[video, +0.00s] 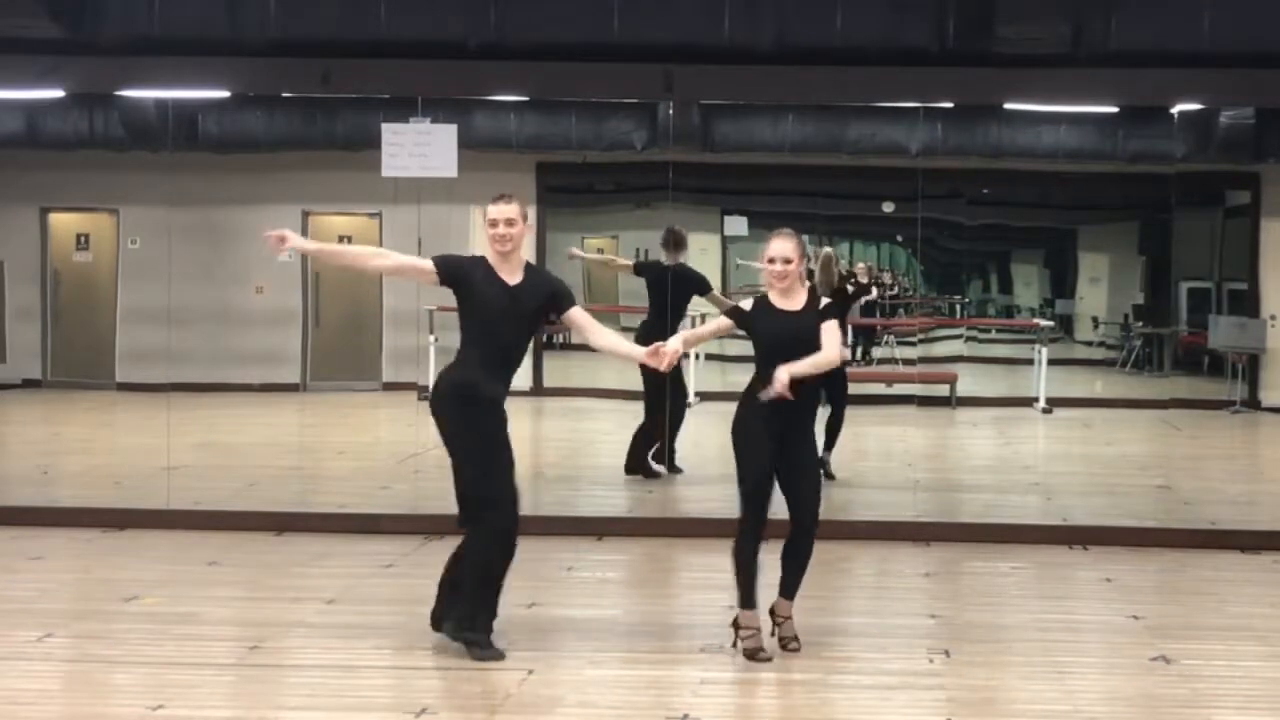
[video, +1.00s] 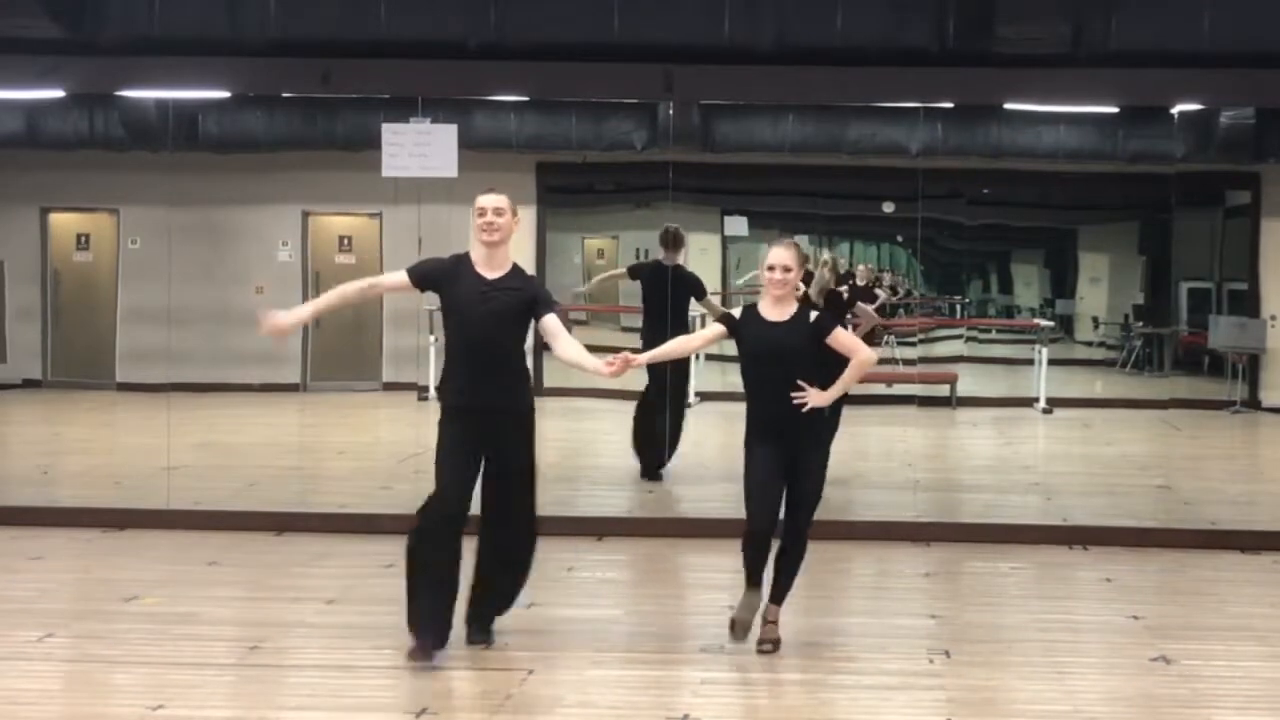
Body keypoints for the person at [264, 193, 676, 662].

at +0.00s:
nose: (502, 231)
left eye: (510, 223)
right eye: (494, 223)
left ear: (526, 229)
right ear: (484, 229)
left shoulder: (545, 286)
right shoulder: (465, 270)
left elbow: (594, 332)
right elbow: (381, 261)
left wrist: (643, 354)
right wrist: (305, 245)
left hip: (486, 404)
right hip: (460, 400)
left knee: (494, 518)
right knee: (498, 518)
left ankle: (451, 610)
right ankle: (471, 626)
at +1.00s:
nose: (489, 219)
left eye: (498, 213)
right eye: (482, 213)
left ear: (515, 223)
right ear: (472, 223)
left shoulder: (529, 287)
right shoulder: (446, 270)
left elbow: (562, 341)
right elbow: (365, 288)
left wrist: (596, 365)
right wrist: (298, 315)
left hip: (513, 415)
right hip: (461, 411)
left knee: (509, 518)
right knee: (447, 510)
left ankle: (483, 615)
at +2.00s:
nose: (467, 212)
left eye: (477, 204)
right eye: (460, 204)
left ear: (494, 213)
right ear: (449, 212)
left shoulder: (513, 279)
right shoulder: (424, 265)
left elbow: (545, 337)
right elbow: (337, 261)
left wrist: (578, 365)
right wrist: (251, 256)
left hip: (491, 408)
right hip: (435, 410)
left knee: (457, 473)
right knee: (453, 535)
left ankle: (390, 557)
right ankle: (465, 659)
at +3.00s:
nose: (477, 233)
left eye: (486, 225)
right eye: (469, 225)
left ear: (504, 234)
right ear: (459, 234)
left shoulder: (523, 300)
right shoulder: (433, 291)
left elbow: (574, 349)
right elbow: (358, 320)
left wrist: (615, 370)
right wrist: (291, 356)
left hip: (501, 435)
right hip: (451, 434)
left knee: (472, 537)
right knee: (449, 536)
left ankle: (473, 643)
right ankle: (474, 652)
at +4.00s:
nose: (469, 238)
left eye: (480, 229)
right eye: (461, 230)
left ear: (502, 235)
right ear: (454, 236)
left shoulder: (521, 305)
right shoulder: (433, 275)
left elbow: (571, 365)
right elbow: (355, 242)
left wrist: (618, 409)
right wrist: (277, 218)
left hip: (501, 448)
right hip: (444, 443)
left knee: (481, 574)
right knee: (433, 572)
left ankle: (445, 698)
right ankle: (459, 648)